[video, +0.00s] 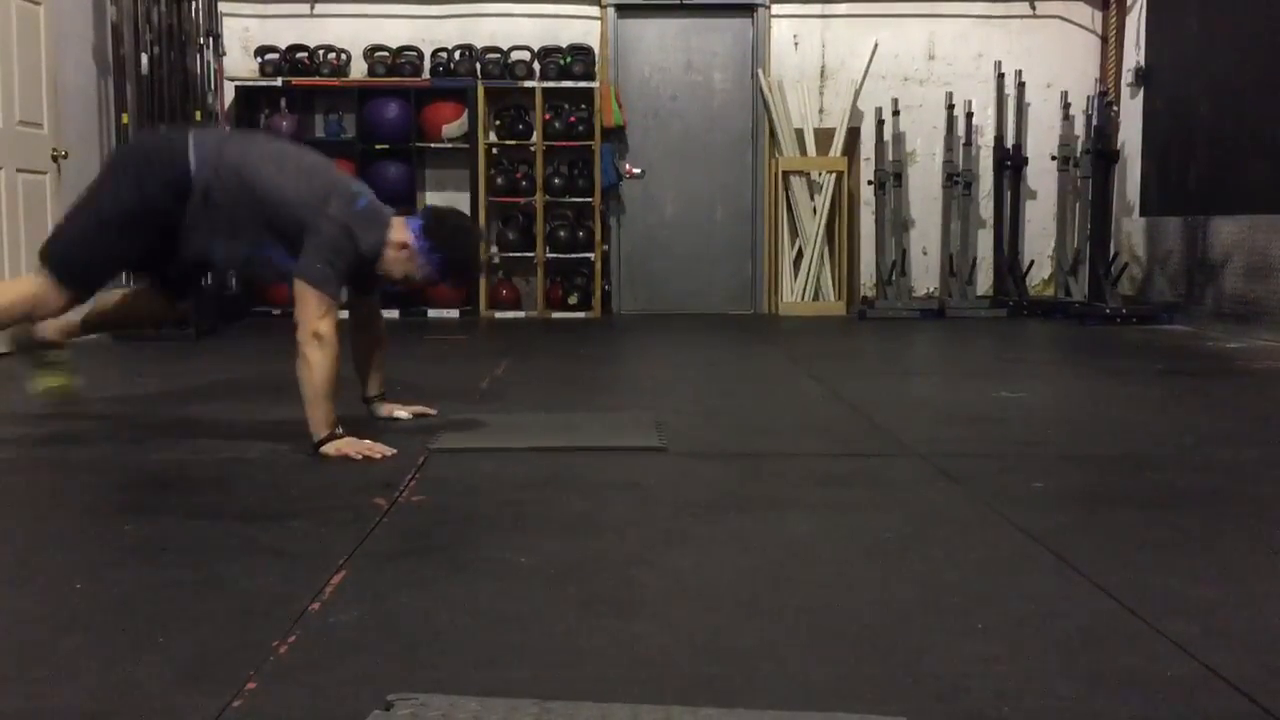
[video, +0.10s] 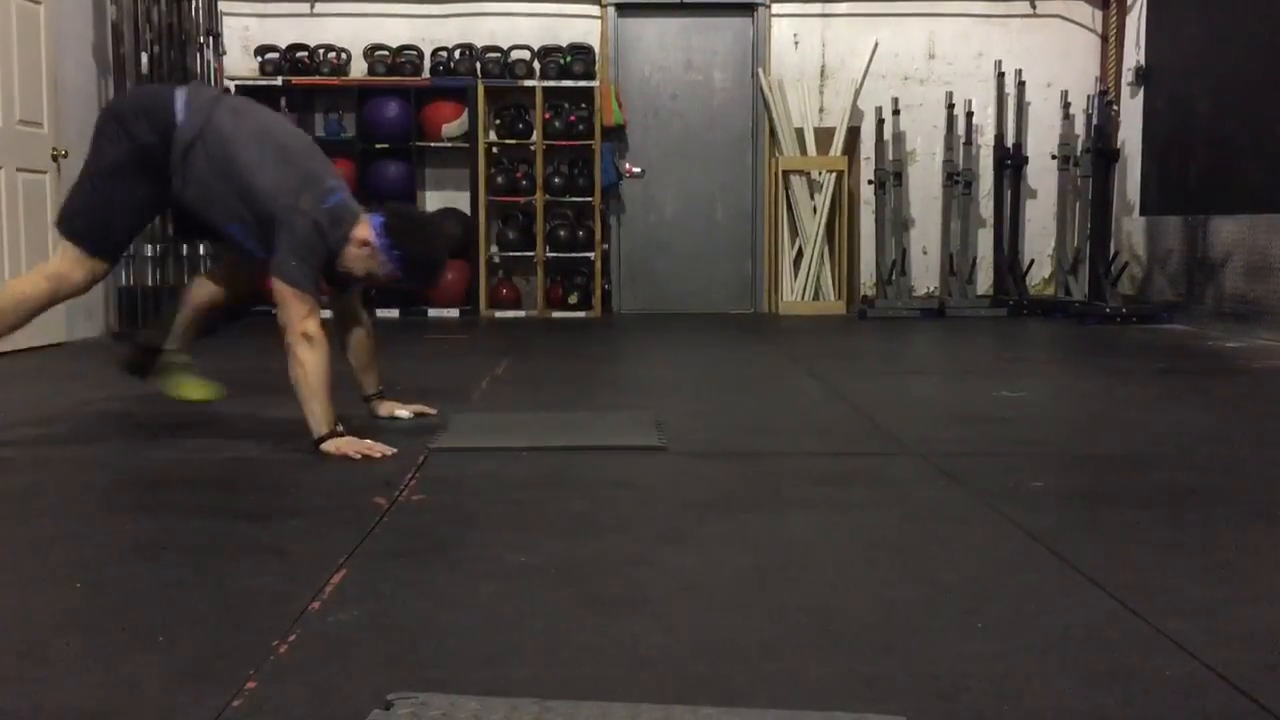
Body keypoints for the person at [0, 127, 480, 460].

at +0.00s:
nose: (409, 284)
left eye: (419, 281)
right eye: (418, 275)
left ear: (416, 237)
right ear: (413, 242)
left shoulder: (373, 228)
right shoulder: (339, 223)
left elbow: (365, 316)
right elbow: (314, 331)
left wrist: (375, 395)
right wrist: (326, 436)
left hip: (200, 207)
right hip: (163, 169)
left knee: (160, 302)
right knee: (51, 290)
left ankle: (56, 329)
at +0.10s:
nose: (369, 281)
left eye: (378, 280)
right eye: (375, 274)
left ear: (370, 240)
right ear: (368, 242)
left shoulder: (346, 226)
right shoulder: (304, 223)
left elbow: (352, 318)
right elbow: (302, 334)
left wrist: (375, 397)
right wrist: (326, 434)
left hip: (197, 143)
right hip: (148, 126)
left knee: (238, 268)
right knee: (72, 272)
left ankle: (170, 360)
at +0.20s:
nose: (354, 272)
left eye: (363, 269)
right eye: (360, 265)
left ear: (358, 224)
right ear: (354, 236)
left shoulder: (338, 206)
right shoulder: (291, 227)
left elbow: (356, 304)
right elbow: (297, 335)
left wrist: (380, 385)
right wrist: (327, 433)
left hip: (197, 125)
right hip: (137, 136)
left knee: (294, 268)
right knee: (85, 288)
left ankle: (268, 363)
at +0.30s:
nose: (388, 230)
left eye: (395, 223)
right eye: (389, 218)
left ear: (373, 187)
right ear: (367, 192)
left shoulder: (351, 188)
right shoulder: (298, 212)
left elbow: (377, 282)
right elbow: (306, 327)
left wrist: (403, 361)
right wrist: (327, 430)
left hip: (198, 174)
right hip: (139, 181)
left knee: (307, 282)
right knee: (94, 315)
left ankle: (287, 388)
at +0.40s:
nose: (419, 170)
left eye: (425, 160)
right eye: (418, 157)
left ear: (398, 143)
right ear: (387, 138)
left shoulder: (372, 169)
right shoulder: (317, 163)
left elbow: (395, 254)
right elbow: (314, 285)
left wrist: (419, 334)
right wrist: (333, 388)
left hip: (236, 206)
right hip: (171, 193)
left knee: (330, 274)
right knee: (109, 311)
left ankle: (289, 387)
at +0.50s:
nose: (446, 119)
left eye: (454, 110)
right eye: (446, 104)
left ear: (439, 100)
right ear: (414, 81)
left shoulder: (396, 140)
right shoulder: (349, 113)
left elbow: (390, 221)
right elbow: (302, 205)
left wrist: (380, 299)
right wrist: (276, 302)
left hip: (260, 177)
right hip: (193, 162)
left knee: (340, 258)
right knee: (143, 286)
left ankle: (292, 386)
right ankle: (8, 368)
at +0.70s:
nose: (493, 42)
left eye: (499, 33)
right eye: (495, 27)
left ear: (475, 16)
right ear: (466, 6)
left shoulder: (428, 64)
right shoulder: (388, 30)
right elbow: (275, 65)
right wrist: (189, 129)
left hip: (303, 124)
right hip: (248, 106)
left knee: (319, 242)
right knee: (256, 239)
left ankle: (289, 381)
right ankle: (146, 355)